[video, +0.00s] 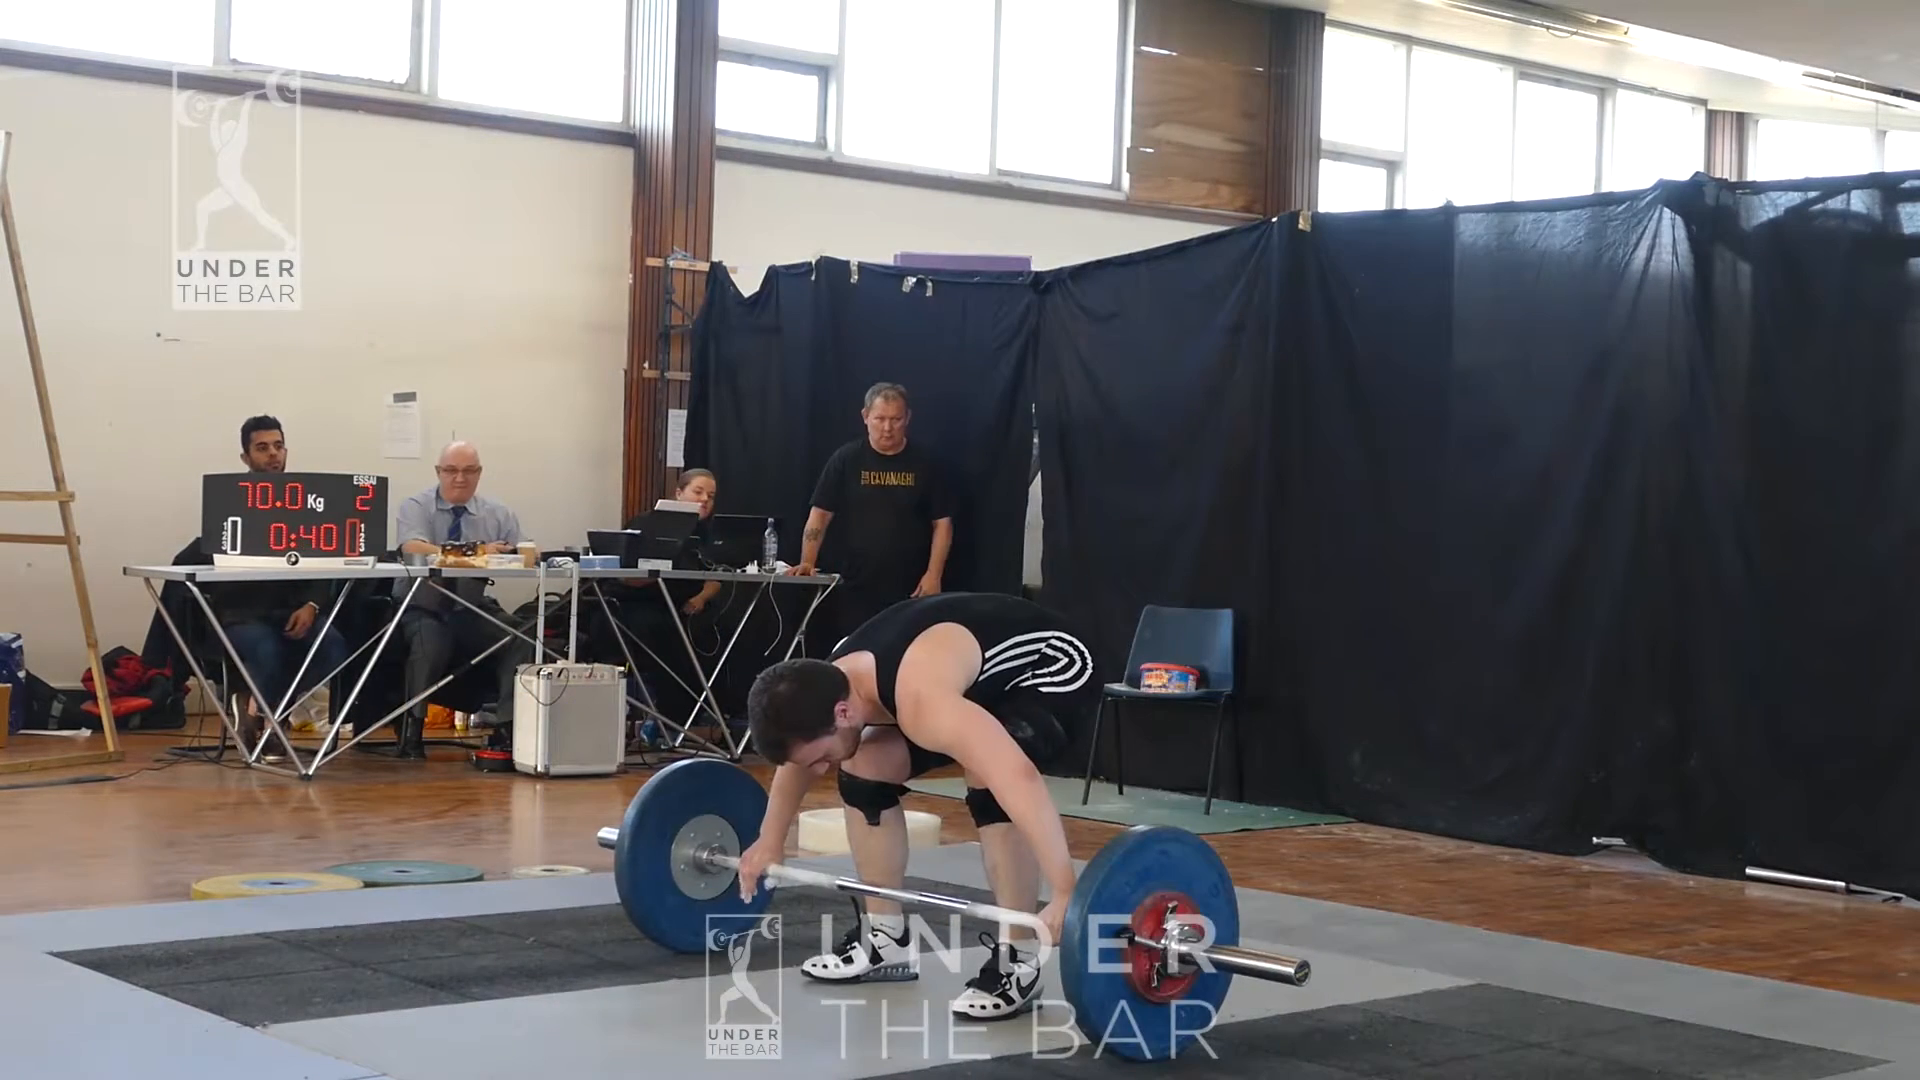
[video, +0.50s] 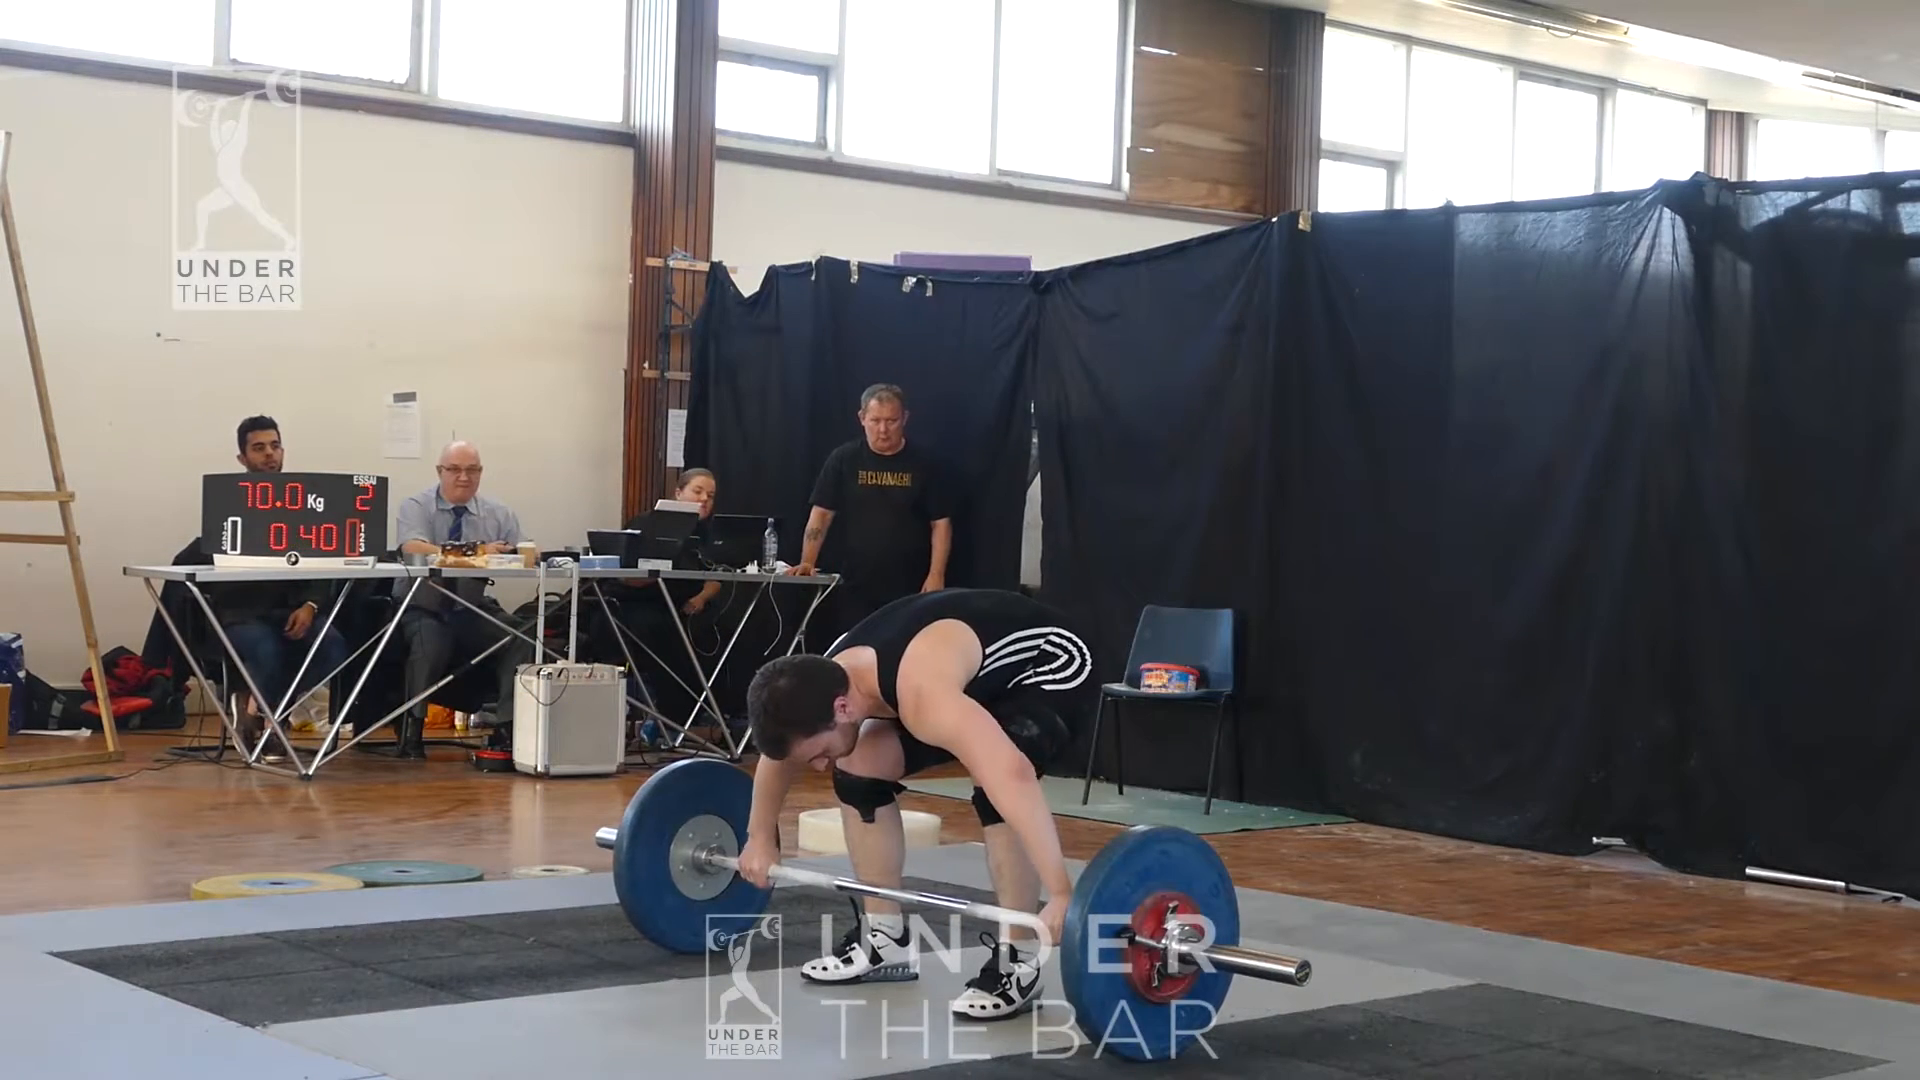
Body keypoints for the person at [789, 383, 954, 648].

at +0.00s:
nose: (887, 428)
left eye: (895, 419)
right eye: (880, 419)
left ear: (907, 419)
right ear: (865, 417)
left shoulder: (926, 463)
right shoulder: (845, 461)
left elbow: (942, 525)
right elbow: (819, 514)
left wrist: (933, 575)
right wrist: (807, 561)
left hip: (908, 590)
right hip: (855, 586)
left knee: (902, 673)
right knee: (852, 671)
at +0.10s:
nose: (886, 428)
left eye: (894, 419)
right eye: (879, 419)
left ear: (907, 419)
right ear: (865, 417)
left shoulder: (926, 463)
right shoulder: (845, 460)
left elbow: (942, 525)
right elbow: (820, 514)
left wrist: (933, 575)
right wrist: (807, 562)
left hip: (909, 589)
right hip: (856, 585)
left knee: (903, 671)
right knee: (853, 669)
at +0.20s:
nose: (885, 428)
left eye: (893, 419)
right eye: (878, 419)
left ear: (906, 418)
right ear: (864, 417)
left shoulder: (926, 462)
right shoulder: (845, 460)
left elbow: (943, 524)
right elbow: (820, 514)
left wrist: (935, 574)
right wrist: (807, 562)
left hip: (908, 587)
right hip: (856, 584)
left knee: (903, 671)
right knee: (854, 669)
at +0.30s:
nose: (885, 428)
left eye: (892, 420)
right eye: (877, 419)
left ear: (906, 418)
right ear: (863, 417)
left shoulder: (926, 463)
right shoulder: (845, 460)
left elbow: (943, 524)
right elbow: (820, 514)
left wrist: (936, 574)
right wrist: (807, 562)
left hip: (908, 586)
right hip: (855, 584)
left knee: (903, 670)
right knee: (853, 666)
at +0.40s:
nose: (884, 429)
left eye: (892, 420)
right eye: (876, 420)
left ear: (905, 419)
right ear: (863, 418)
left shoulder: (925, 463)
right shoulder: (845, 460)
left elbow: (942, 524)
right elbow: (821, 513)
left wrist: (937, 574)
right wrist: (807, 562)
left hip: (907, 585)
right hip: (856, 583)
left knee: (902, 669)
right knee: (853, 665)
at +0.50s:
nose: (883, 429)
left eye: (891, 421)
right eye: (875, 420)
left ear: (904, 419)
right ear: (862, 419)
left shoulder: (925, 463)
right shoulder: (843, 460)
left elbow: (941, 524)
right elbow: (821, 514)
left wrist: (936, 575)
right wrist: (807, 562)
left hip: (907, 585)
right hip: (855, 583)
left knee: (902, 670)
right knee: (853, 665)